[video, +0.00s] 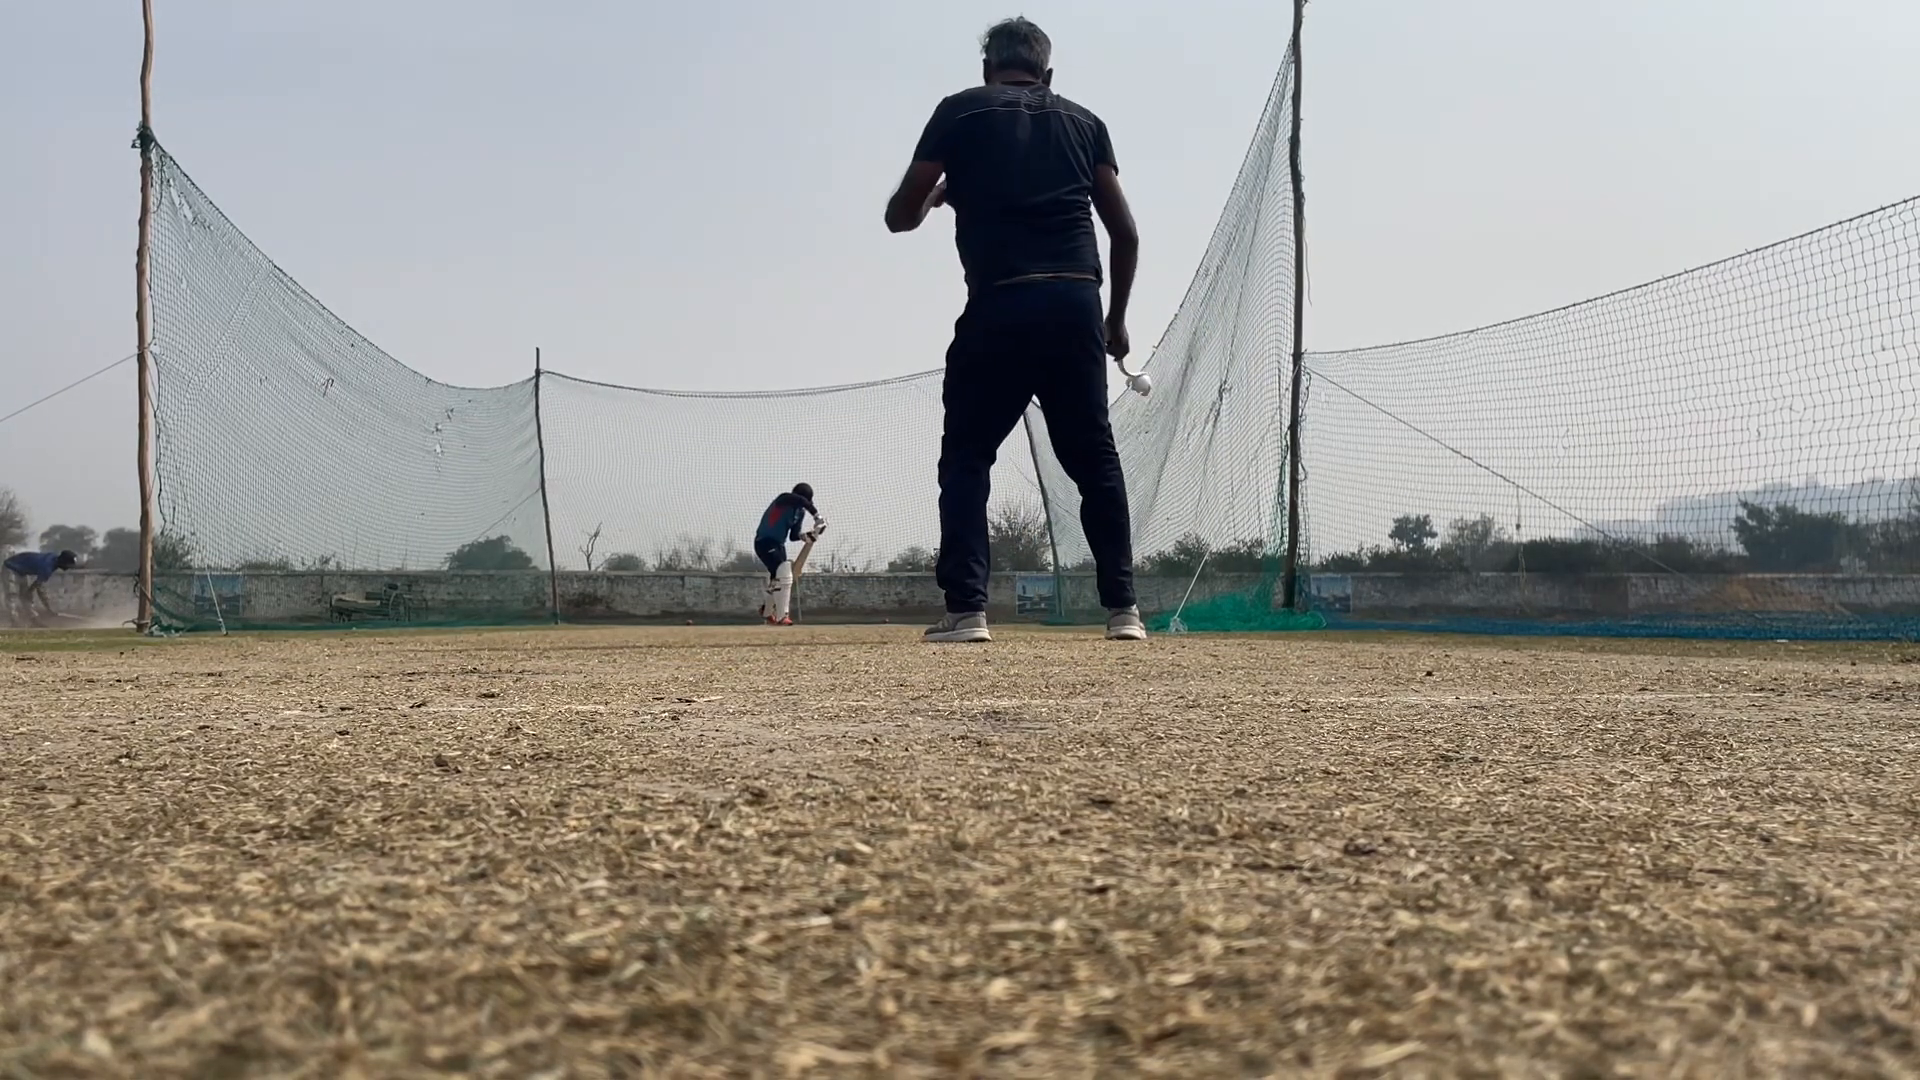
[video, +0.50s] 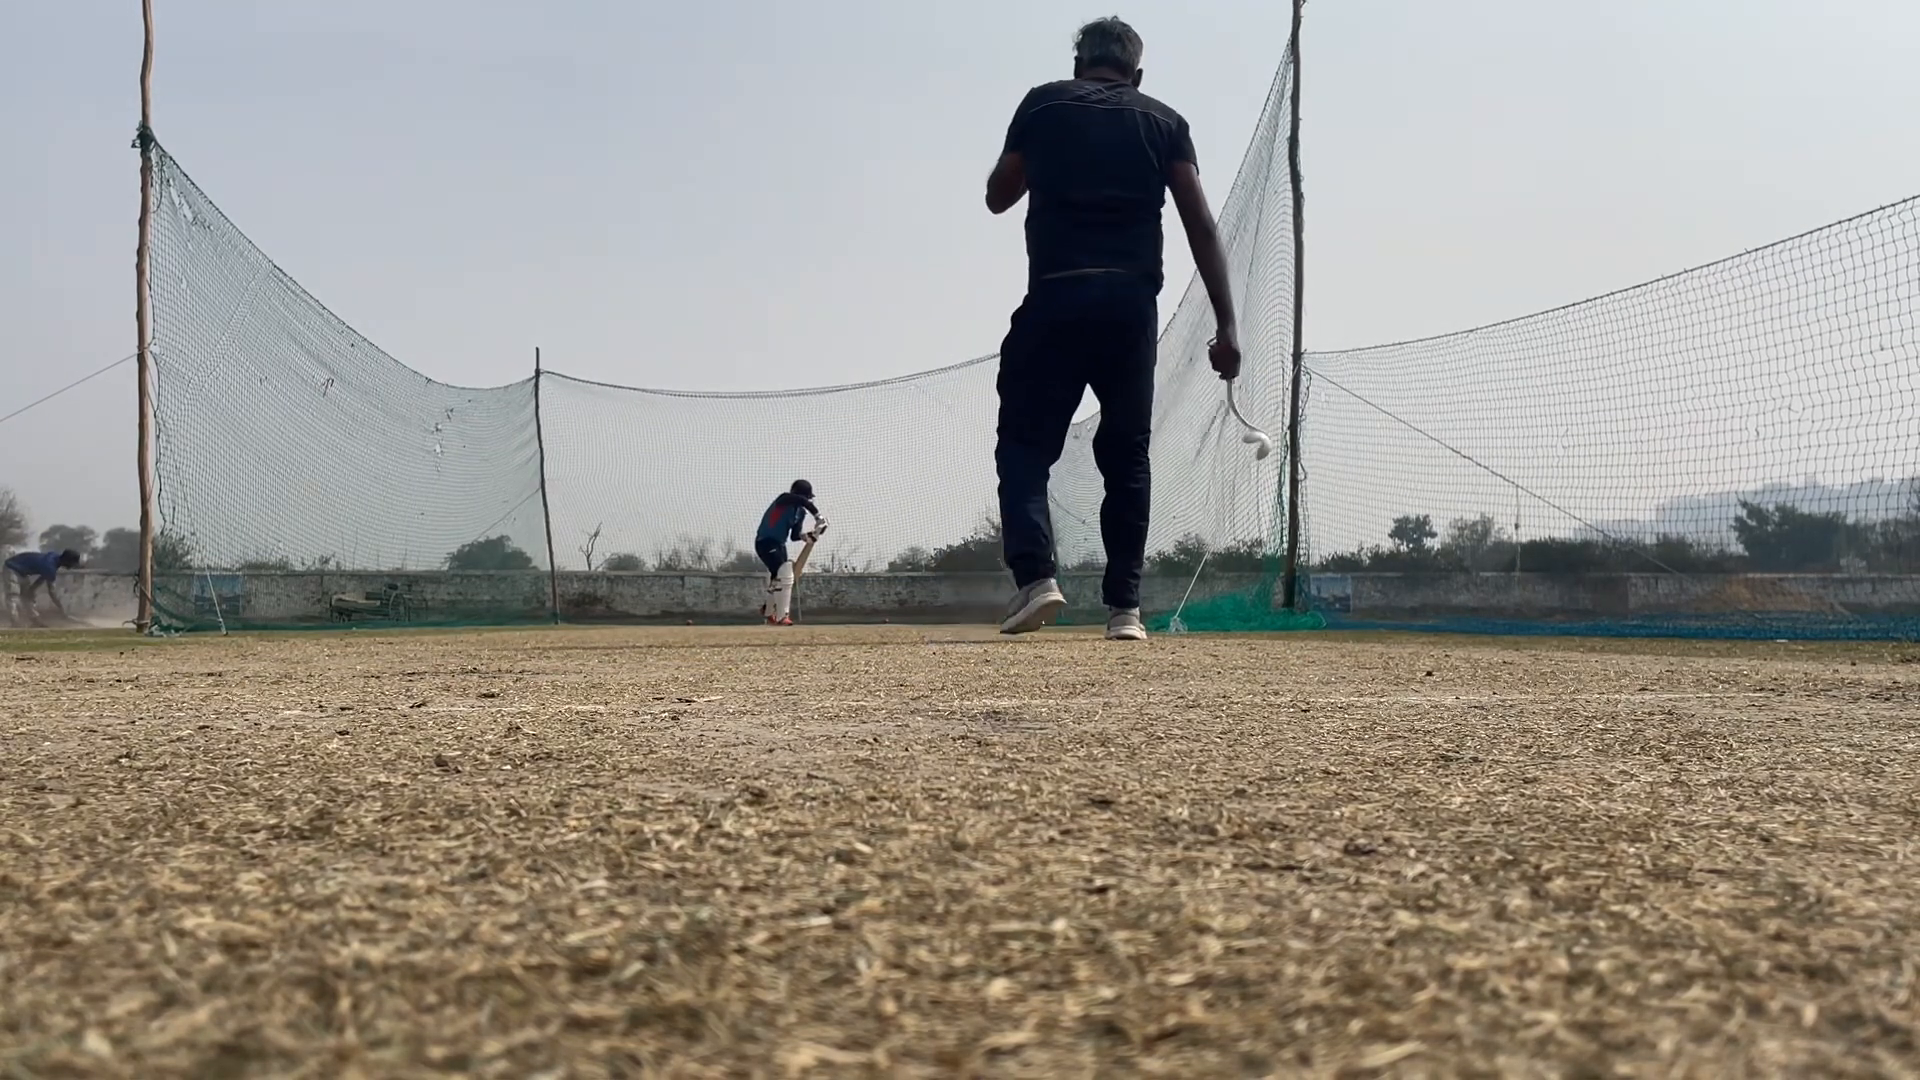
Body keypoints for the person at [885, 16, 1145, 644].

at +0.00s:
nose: (991, 78)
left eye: (989, 69)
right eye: (1038, 71)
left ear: (986, 66)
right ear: (1048, 71)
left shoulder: (959, 110)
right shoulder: (1083, 122)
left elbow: (900, 217)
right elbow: (1124, 234)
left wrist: (933, 194)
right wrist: (1116, 317)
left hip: (997, 312)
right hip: (1076, 311)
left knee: (965, 459)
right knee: (1095, 456)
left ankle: (966, 613)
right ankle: (1123, 611)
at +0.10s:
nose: (1013, 78)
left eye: (1010, 69)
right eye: (1064, 73)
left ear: (1006, 67)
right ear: (1067, 73)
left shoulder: (977, 110)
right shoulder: (1100, 122)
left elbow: (923, 214)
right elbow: (1143, 229)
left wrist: (959, 165)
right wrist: (1154, 327)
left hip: (1012, 304)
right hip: (1091, 304)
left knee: (979, 458)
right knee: (1101, 453)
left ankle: (966, 613)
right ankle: (1123, 611)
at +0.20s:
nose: (1035, 80)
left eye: (1032, 70)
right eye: (1088, 76)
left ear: (1028, 68)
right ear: (1089, 76)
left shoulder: (998, 110)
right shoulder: (1120, 124)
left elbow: (947, 211)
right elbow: (1161, 227)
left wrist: (984, 156)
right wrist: (1183, 330)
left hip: (1031, 300)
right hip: (1107, 303)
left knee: (997, 452)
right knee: (1111, 451)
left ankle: (968, 611)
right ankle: (1124, 610)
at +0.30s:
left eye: (1052, 73)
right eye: (1102, 76)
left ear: (1048, 71)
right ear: (1108, 78)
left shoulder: (1019, 109)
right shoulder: (1139, 127)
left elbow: (967, 205)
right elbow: (1179, 230)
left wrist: (1001, 151)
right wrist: (1205, 330)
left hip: (1044, 305)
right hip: (1121, 309)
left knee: (1009, 453)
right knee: (1120, 456)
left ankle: (971, 609)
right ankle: (1124, 611)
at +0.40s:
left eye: (1068, 70)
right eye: (1118, 73)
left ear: (1064, 68)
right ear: (1123, 76)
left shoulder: (1033, 107)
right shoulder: (1155, 126)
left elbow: (983, 200)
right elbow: (1192, 227)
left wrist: (1024, 148)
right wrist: (1218, 326)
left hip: (1050, 305)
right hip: (1126, 311)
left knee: (1015, 448)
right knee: (1123, 455)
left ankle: (995, 601)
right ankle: (1124, 610)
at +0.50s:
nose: (1133, 79)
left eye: (1088, 66)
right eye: (1137, 72)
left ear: (1076, 63)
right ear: (1136, 71)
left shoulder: (1042, 103)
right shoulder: (1162, 120)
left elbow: (998, 197)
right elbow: (1201, 226)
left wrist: (1044, 146)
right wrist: (1227, 328)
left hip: (1052, 304)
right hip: (1130, 310)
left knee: (1024, 445)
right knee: (1127, 453)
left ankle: (1037, 581)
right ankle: (1124, 610)